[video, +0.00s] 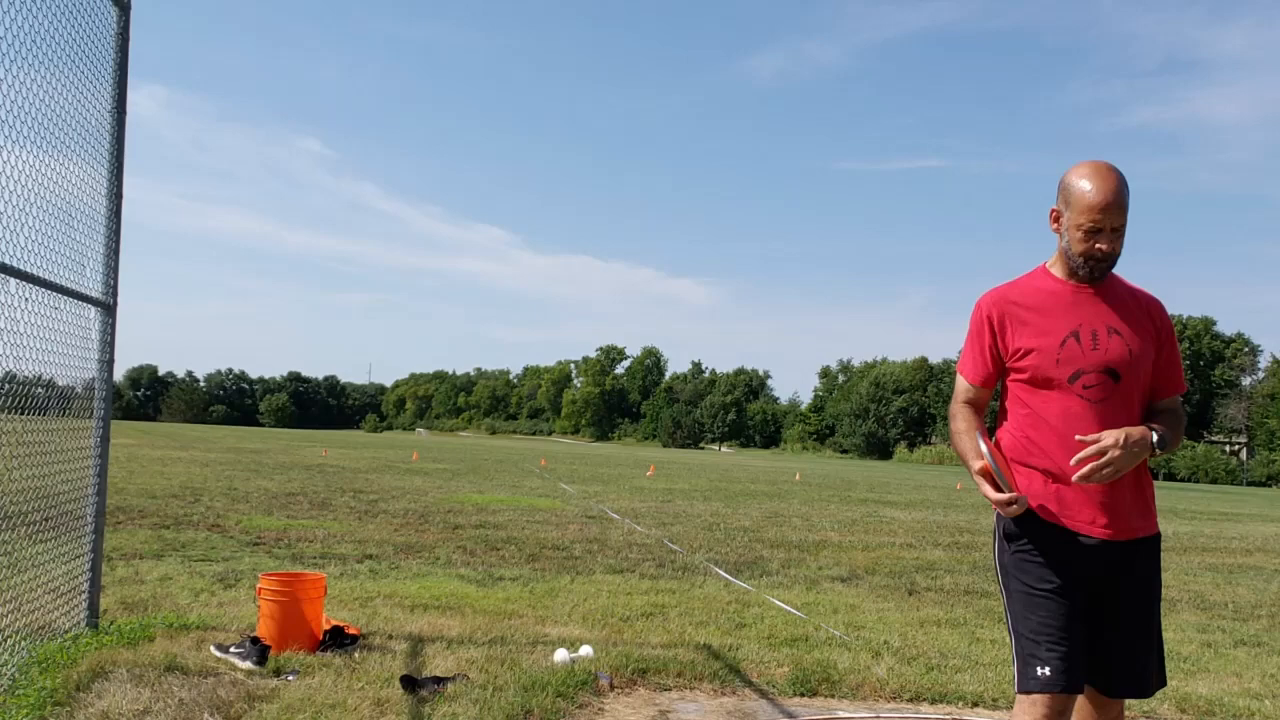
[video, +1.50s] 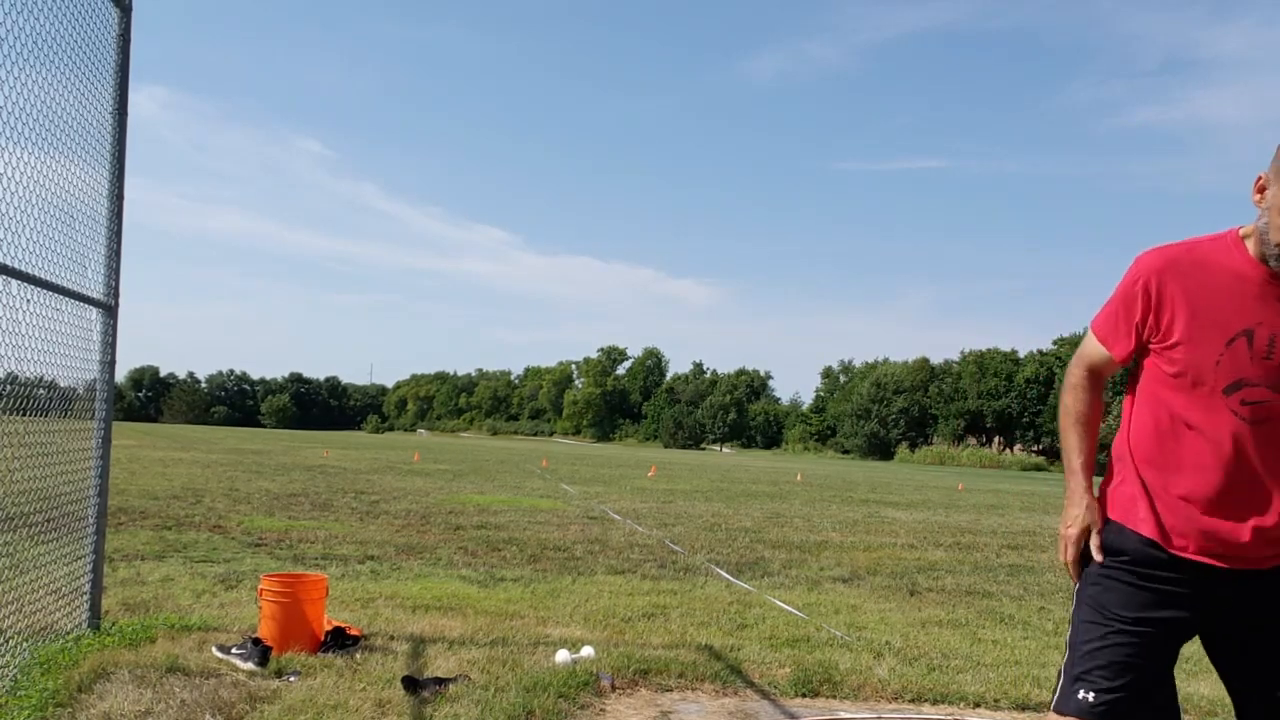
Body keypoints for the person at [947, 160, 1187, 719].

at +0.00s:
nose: (1105, 246)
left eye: (1116, 231)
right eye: (1091, 231)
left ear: (1127, 224)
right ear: (1057, 222)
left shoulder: (1149, 314)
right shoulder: (1001, 308)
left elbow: (1172, 418)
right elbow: (965, 406)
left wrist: (1148, 439)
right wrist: (979, 461)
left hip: (1126, 535)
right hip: (1037, 527)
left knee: (1107, 695)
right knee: (1047, 693)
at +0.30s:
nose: (1103, 234)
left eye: (1113, 218)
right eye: (1088, 219)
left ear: (1124, 206)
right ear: (1046, 206)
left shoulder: (1150, 290)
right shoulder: (995, 305)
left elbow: (1166, 385)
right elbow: (961, 410)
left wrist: (1192, 445)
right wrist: (961, 501)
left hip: (1146, 534)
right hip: (1049, 532)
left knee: (1164, 704)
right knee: (1051, 704)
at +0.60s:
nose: (1131, 228)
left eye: (1142, 210)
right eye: (1114, 213)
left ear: (1153, 195)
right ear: (1070, 198)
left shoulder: (1172, 281)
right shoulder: (1016, 295)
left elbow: (1193, 386)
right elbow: (973, 417)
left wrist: (1188, 452)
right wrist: (1052, 494)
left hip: (1171, 534)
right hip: (1066, 541)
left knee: (1228, 702)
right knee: (1066, 710)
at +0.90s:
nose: (1214, 232)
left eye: (1230, 214)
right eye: (1198, 213)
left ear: (1248, 199)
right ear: (1161, 192)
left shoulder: (1269, 295)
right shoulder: (1096, 284)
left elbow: (1271, 415)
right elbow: (1021, 387)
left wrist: (1271, 461)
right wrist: (1067, 466)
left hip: (1238, 559)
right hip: (1119, 554)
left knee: (1247, 709)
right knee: (1100, 712)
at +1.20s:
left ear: (1268, 186)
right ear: (1266, 185)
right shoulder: (1181, 272)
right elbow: (1102, 370)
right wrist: (1086, 495)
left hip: (1269, 564)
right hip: (1162, 545)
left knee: (1271, 708)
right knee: (1116, 708)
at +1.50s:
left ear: (1268, 192)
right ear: (1261, 191)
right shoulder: (1167, 273)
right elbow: (1084, 372)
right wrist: (1078, 492)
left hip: (1264, 568)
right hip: (1145, 555)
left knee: (1267, 707)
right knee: (1087, 709)